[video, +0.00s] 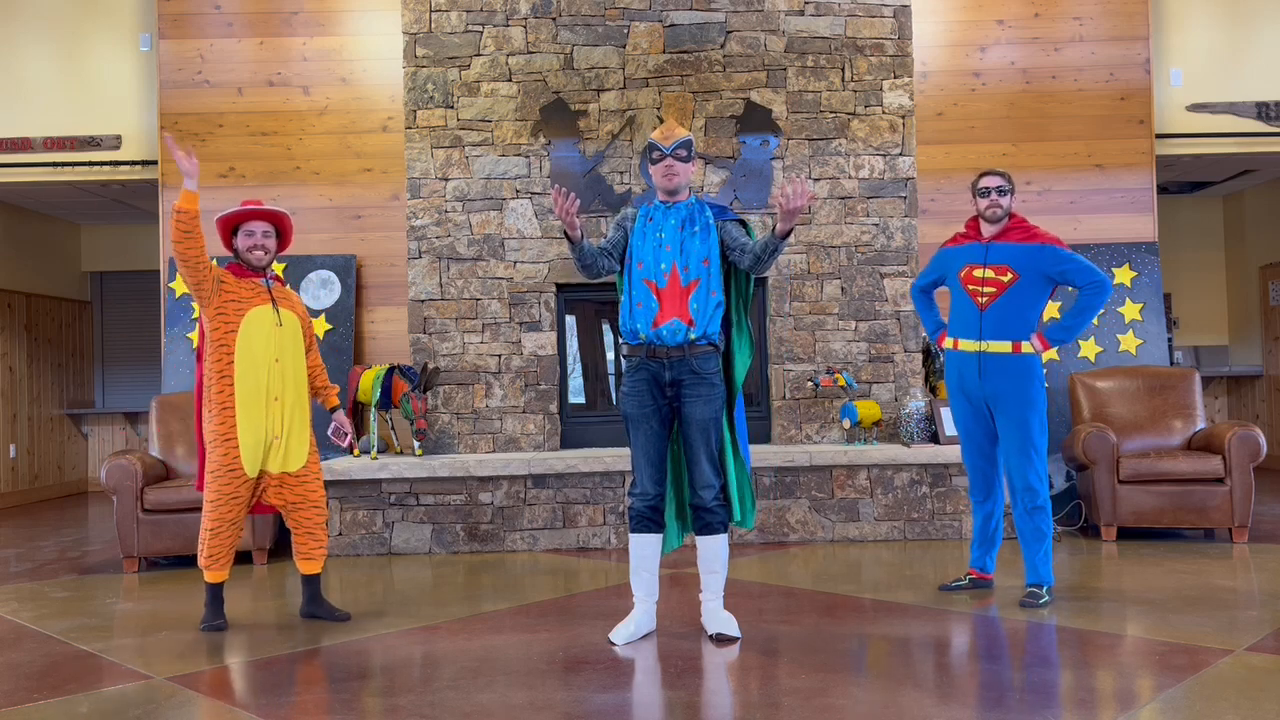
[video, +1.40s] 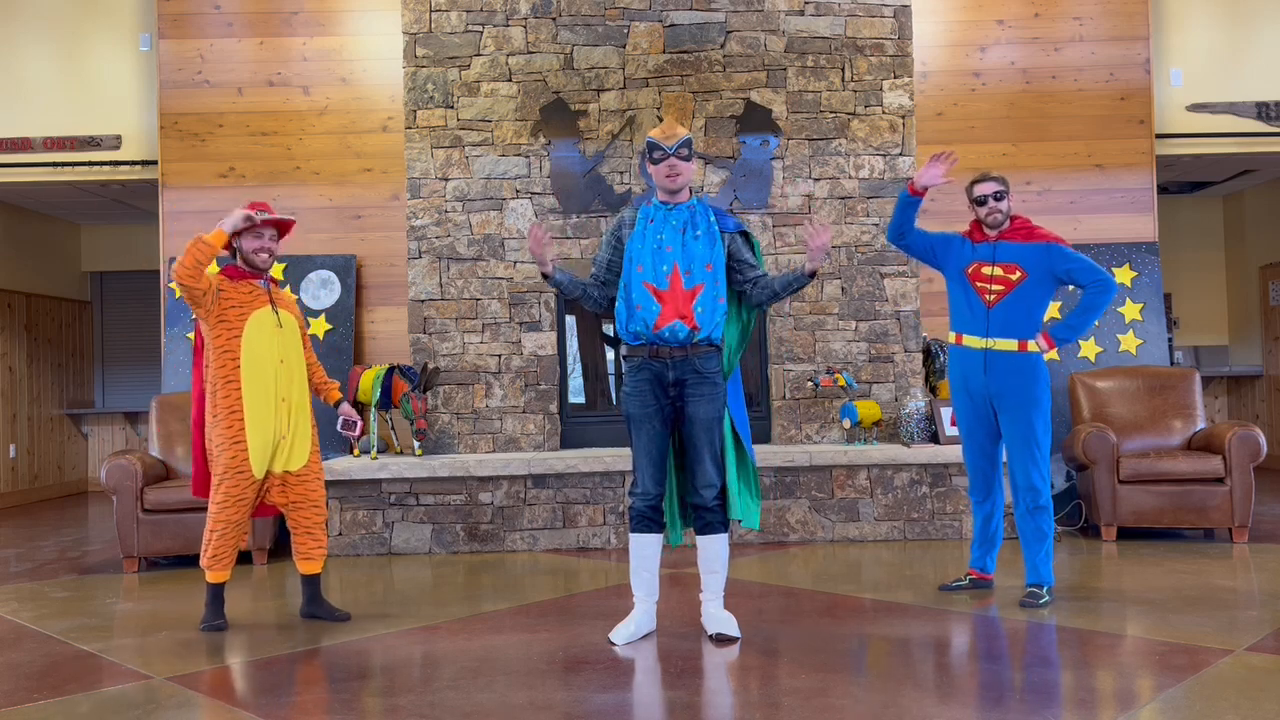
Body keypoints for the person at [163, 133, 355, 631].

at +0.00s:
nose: (258, 241)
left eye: (266, 235)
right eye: (248, 234)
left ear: (278, 244)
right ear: (233, 242)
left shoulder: (292, 299)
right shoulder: (215, 288)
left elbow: (311, 361)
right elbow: (186, 247)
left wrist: (334, 406)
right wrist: (190, 184)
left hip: (289, 422)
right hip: (232, 423)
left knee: (310, 504)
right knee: (222, 511)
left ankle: (312, 597)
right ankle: (214, 604)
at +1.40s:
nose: (265, 244)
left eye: (271, 237)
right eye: (255, 236)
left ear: (278, 244)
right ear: (235, 244)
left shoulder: (286, 300)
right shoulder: (216, 292)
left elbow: (308, 362)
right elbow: (186, 273)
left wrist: (339, 402)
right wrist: (226, 229)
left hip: (292, 420)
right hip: (236, 421)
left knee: (310, 500)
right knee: (229, 505)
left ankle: (312, 598)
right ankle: (214, 605)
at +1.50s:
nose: (271, 251)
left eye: (274, 245)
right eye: (262, 244)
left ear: (276, 248)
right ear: (239, 246)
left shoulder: (279, 300)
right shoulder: (219, 292)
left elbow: (294, 362)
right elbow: (201, 275)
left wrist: (327, 404)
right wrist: (245, 240)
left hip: (289, 418)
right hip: (239, 421)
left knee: (310, 498)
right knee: (231, 506)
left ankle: (313, 599)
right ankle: (214, 605)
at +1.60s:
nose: (273, 257)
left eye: (275, 250)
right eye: (266, 249)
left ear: (273, 253)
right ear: (243, 249)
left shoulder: (271, 298)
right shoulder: (219, 289)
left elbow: (287, 364)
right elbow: (217, 274)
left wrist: (310, 406)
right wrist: (258, 243)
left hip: (287, 415)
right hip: (240, 418)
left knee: (310, 496)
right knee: (234, 502)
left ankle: (313, 598)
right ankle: (214, 605)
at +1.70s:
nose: (274, 257)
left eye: (275, 251)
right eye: (268, 250)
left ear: (268, 252)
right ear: (245, 247)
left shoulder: (269, 297)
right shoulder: (220, 287)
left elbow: (287, 368)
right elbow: (222, 272)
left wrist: (304, 423)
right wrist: (262, 242)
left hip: (287, 415)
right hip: (241, 418)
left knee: (310, 496)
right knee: (234, 501)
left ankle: (313, 598)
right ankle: (214, 605)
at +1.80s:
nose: (276, 257)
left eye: (278, 250)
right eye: (269, 250)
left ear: (275, 252)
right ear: (246, 250)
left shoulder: (270, 296)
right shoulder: (221, 290)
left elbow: (283, 365)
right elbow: (215, 272)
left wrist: (298, 422)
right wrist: (257, 241)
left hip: (287, 415)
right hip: (241, 418)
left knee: (310, 495)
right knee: (233, 502)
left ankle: (312, 598)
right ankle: (214, 605)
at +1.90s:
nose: (273, 252)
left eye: (277, 244)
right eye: (264, 244)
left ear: (280, 247)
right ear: (240, 246)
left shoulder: (275, 297)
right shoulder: (221, 289)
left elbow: (286, 366)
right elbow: (196, 271)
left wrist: (297, 422)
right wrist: (242, 236)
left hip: (287, 416)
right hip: (239, 418)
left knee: (309, 495)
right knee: (230, 503)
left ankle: (312, 598)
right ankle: (214, 605)